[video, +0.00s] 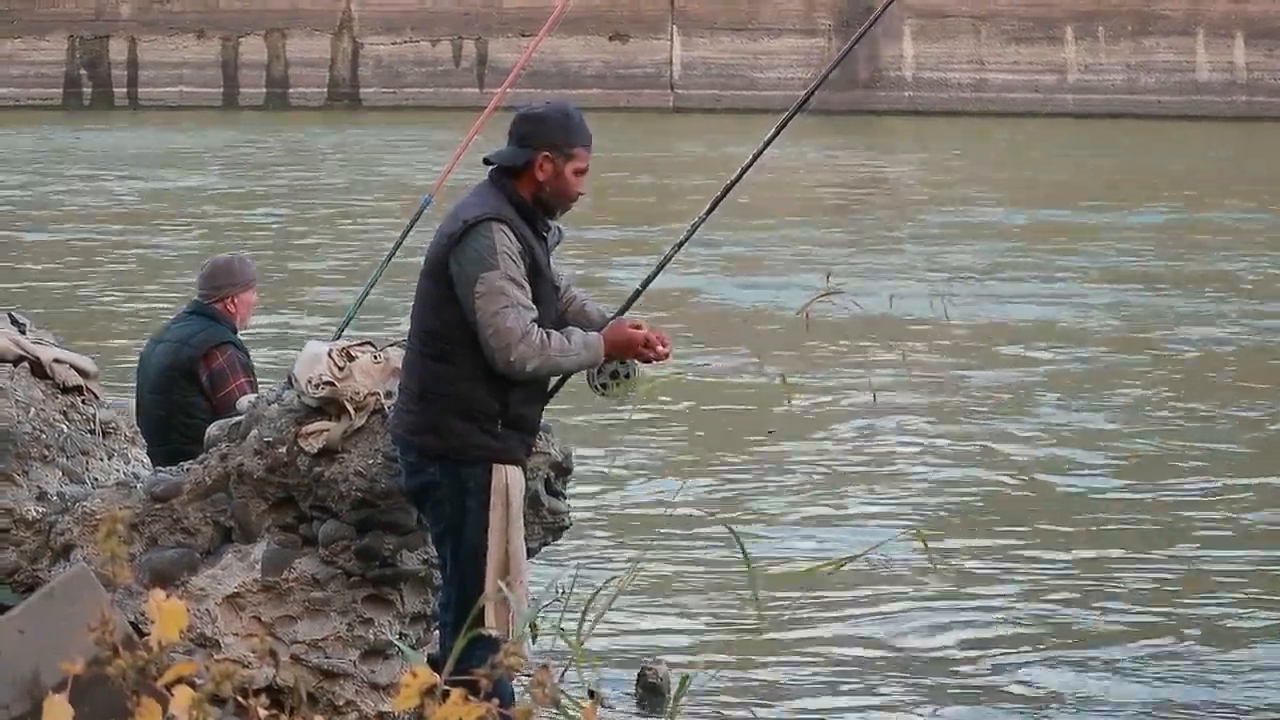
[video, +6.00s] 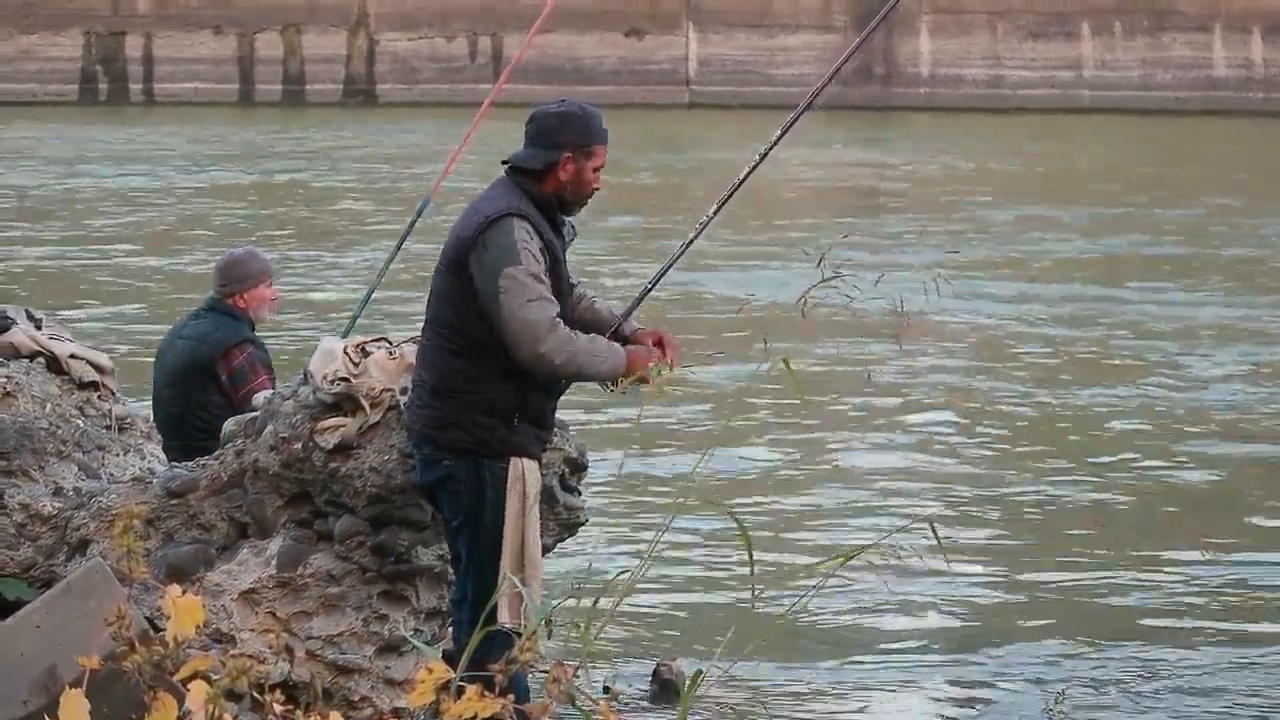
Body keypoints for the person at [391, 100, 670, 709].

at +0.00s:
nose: (584, 186)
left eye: (586, 172)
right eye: (580, 171)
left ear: (546, 164)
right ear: (543, 165)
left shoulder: (520, 227)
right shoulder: (488, 233)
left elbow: (558, 304)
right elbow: (515, 349)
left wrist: (618, 335)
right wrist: (603, 345)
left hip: (482, 446)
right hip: (456, 449)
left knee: (484, 603)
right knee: (477, 609)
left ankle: (476, 710)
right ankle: (477, 713)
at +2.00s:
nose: (592, 182)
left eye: (596, 169)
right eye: (587, 168)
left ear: (552, 160)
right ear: (549, 160)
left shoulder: (526, 217)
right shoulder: (498, 225)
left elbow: (558, 299)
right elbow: (518, 340)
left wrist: (616, 325)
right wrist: (607, 339)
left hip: (481, 439)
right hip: (457, 443)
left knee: (489, 593)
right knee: (478, 599)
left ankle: (487, 708)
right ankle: (475, 711)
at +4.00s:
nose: (599, 178)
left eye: (602, 165)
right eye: (595, 164)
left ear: (561, 156)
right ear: (560, 156)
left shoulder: (534, 215)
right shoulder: (505, 222)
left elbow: (564, 294)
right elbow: (518, 339)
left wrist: (621, 322)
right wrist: (606, 351)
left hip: (493, 432)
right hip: (468, 437)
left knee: (496, 591)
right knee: (489, 596)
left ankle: (492, 709)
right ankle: (487, 711)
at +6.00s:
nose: (600, 181)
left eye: (602, 169)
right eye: (596, 168)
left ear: (563, 162)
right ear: (564, 165)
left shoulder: (533, 221)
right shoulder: (508, 227)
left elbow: (565, 302)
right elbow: (539, 342)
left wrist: (628, 332)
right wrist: (622, 360)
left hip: (493, 440)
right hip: (470, 445)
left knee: (497, 591)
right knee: (489, 596)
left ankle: (490, 709)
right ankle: (488, 711)